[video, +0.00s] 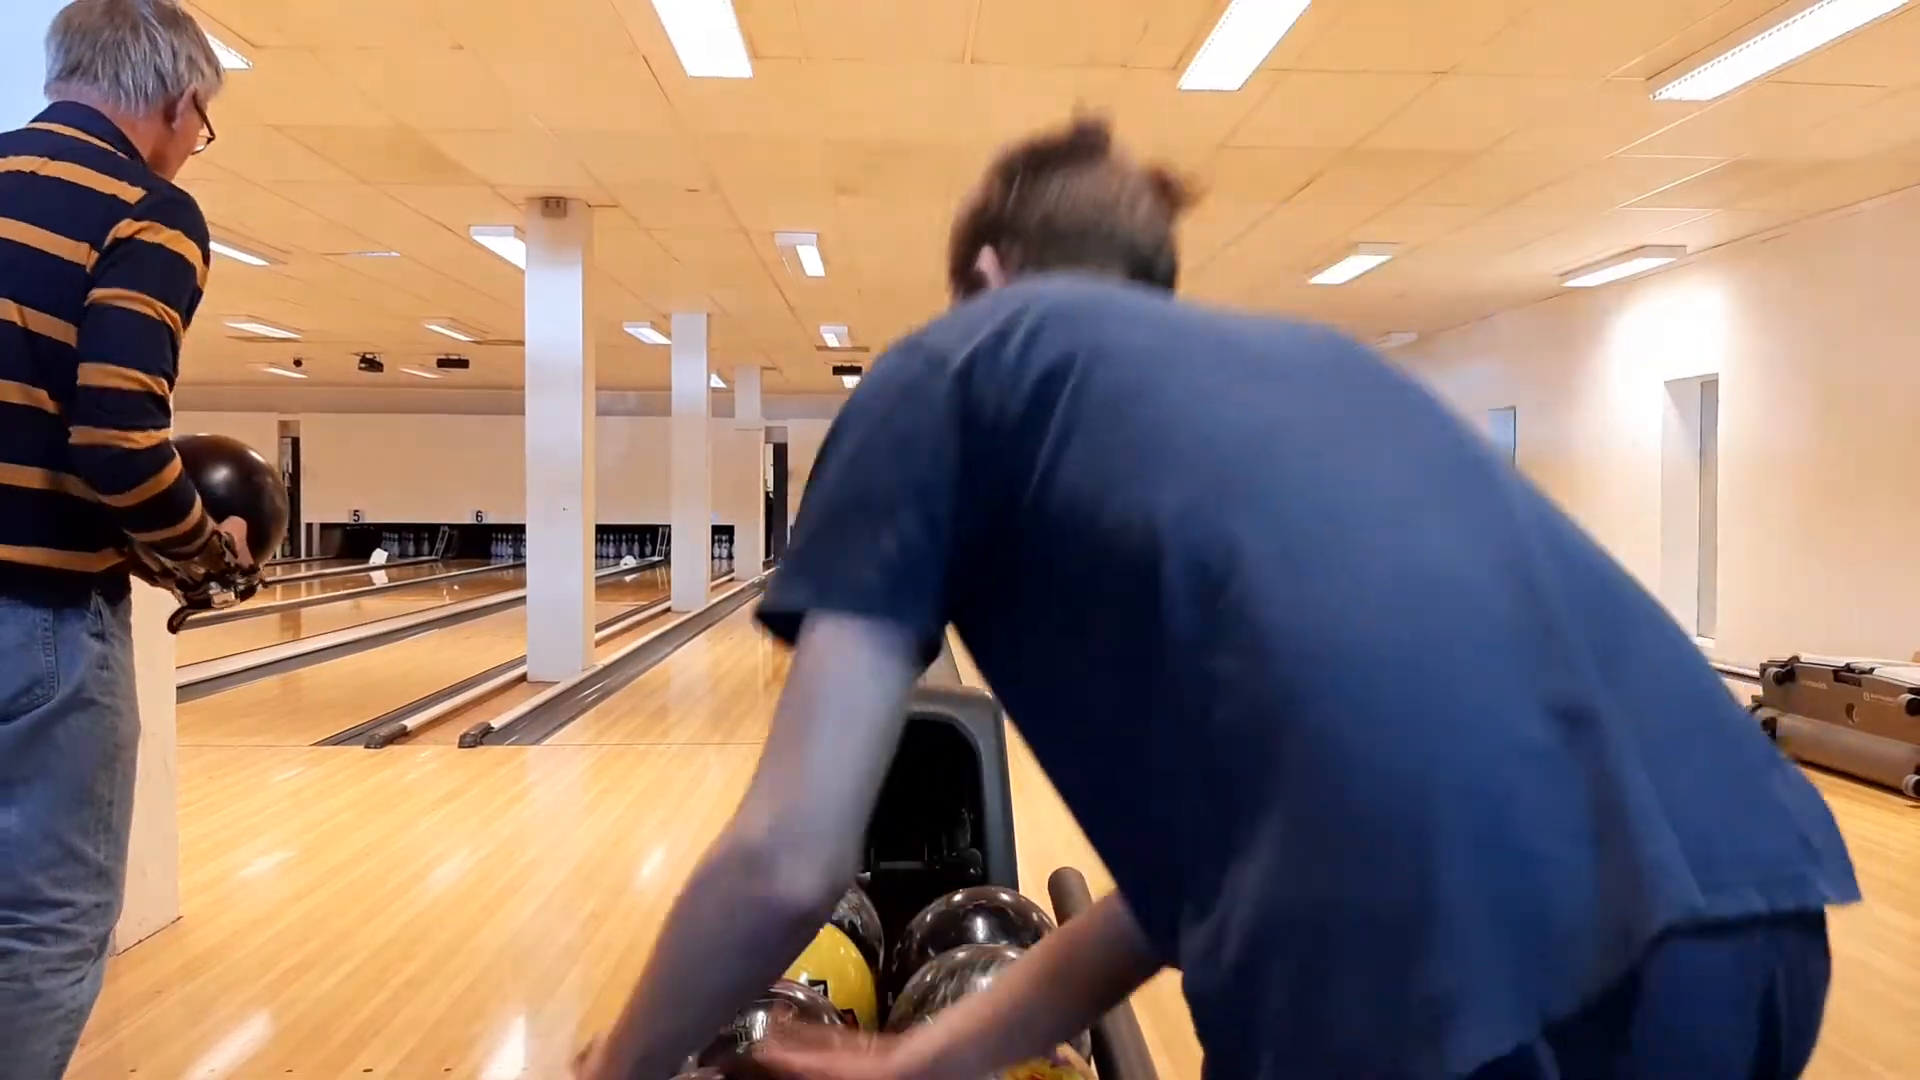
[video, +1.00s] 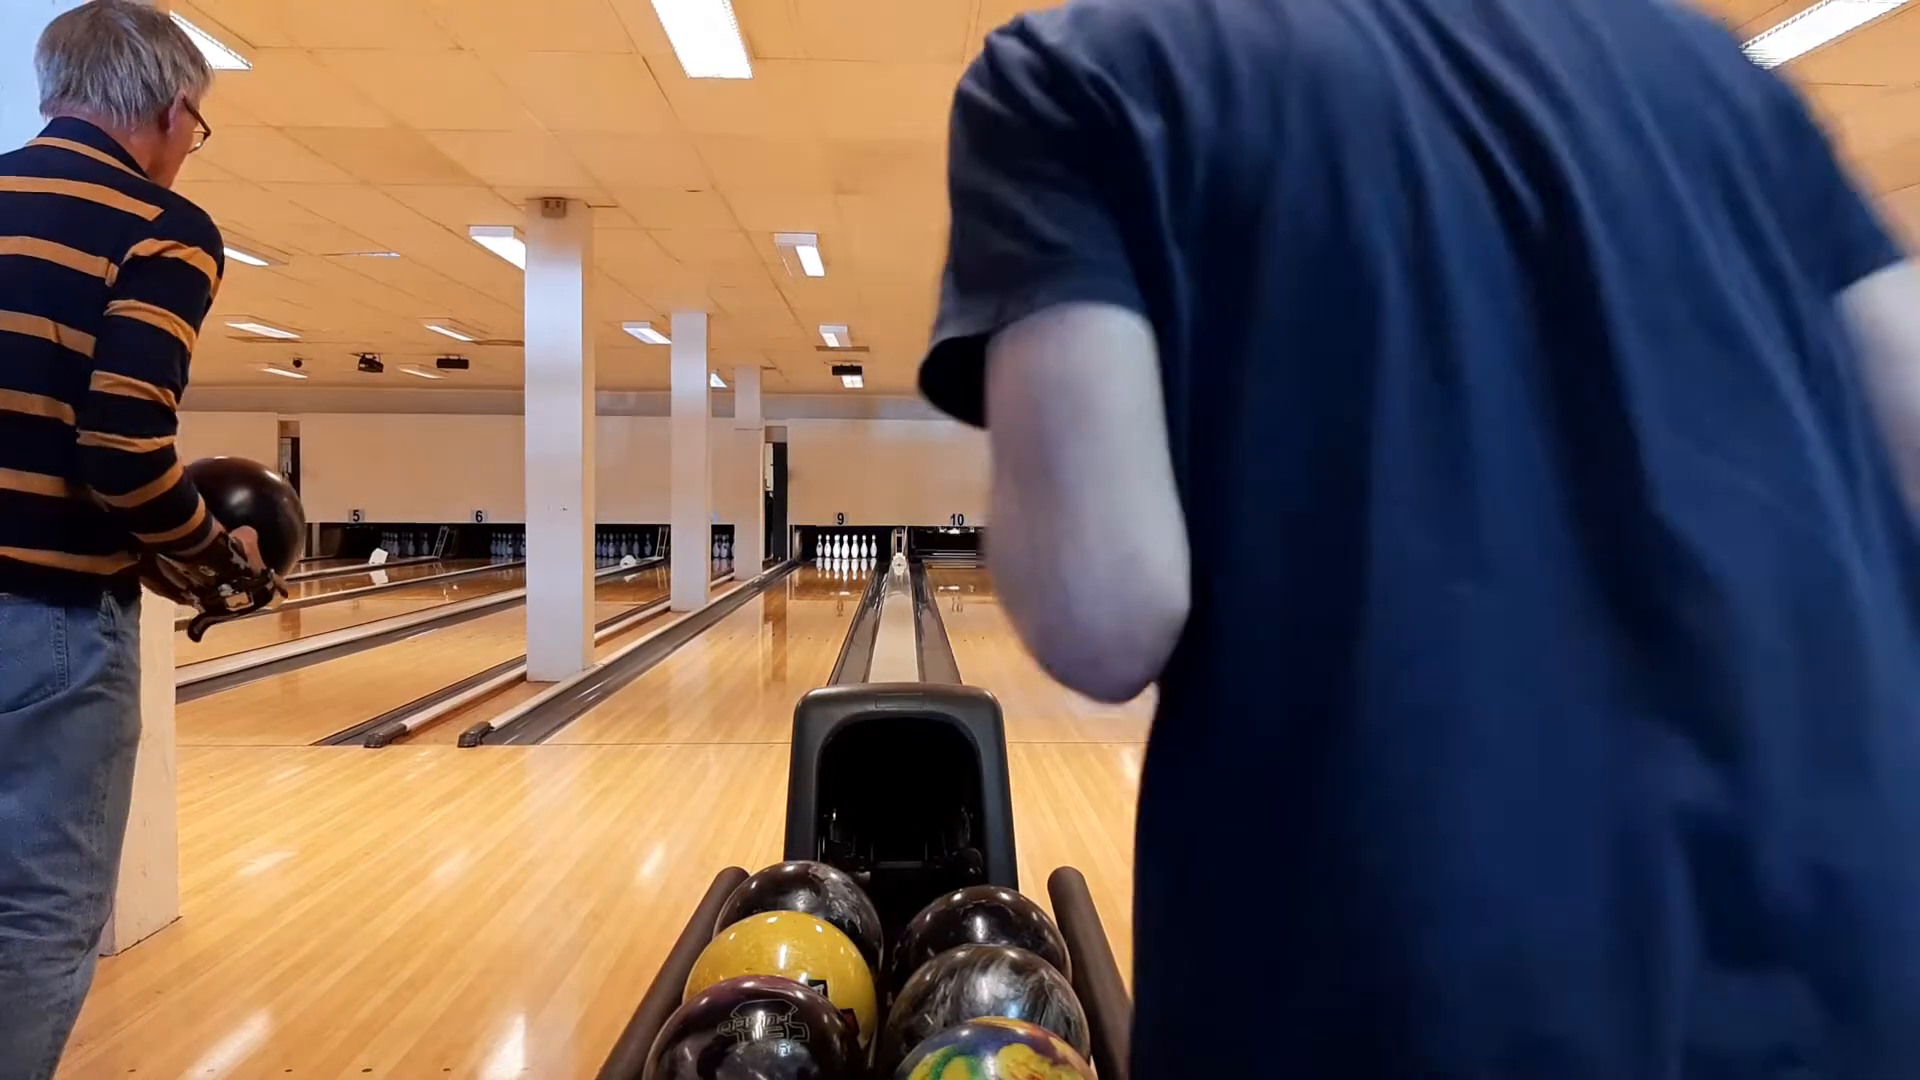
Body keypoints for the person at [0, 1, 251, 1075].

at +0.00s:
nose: (191, 159)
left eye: (201, 135)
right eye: (198, 131)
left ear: (67, 78)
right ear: (170, 107)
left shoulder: (4, 167)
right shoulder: (153, 208)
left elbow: (53, 418)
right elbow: (113, 434)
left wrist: (152, 521)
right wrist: (200, 540)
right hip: (42, 607)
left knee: (23, 915)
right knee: (47, 931)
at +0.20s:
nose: (180, 152)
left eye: (189, 129)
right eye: (189, 124)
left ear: (54, 80)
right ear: (160, 102)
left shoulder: (4, 167)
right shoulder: (143, 217)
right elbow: (130, 449)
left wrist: (188, 512)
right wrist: (219, 557)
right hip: (40, 604)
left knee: (34, 918)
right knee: (43, 929)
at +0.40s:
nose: (175, 144)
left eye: (181, 119)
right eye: (179, 115)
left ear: (39, 81)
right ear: (141, 97)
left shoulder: (7, 165)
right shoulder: (137, 210)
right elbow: (132, 455)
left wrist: (189, 511)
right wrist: (227, 544)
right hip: (35, 603)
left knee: (36, 923)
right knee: (38, 934)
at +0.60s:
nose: (172, 150)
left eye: (180, 127)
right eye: (179, 122)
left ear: (43, 84)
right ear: (146, 102)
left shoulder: (2, 171)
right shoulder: (143, 208)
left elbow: (85, 426)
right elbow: (120, 436)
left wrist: (160, 529)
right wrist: (202, 544)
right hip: (39, 606)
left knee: (32, 921)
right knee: (41, 932)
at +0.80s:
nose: (186, 148)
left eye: (192, 126)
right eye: (189, 122)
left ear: (53, 95)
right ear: (154, 109)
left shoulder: (1, 180)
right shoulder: (162, 218)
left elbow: (65, 425)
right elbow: (109, 439)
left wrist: (169, 530)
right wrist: (195, 551)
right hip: (49, 610)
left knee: (28, 916)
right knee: (43, 928)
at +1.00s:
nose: (192, 148)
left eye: (197, 125)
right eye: (193, 122)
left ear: (64, 99)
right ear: (158, 111)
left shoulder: (6, 184)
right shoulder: (167, 223)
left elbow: (61, 420)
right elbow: (121, 437)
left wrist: (161, 531)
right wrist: (201, 538)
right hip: (51, 609)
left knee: (27, 913)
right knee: (43, 927)